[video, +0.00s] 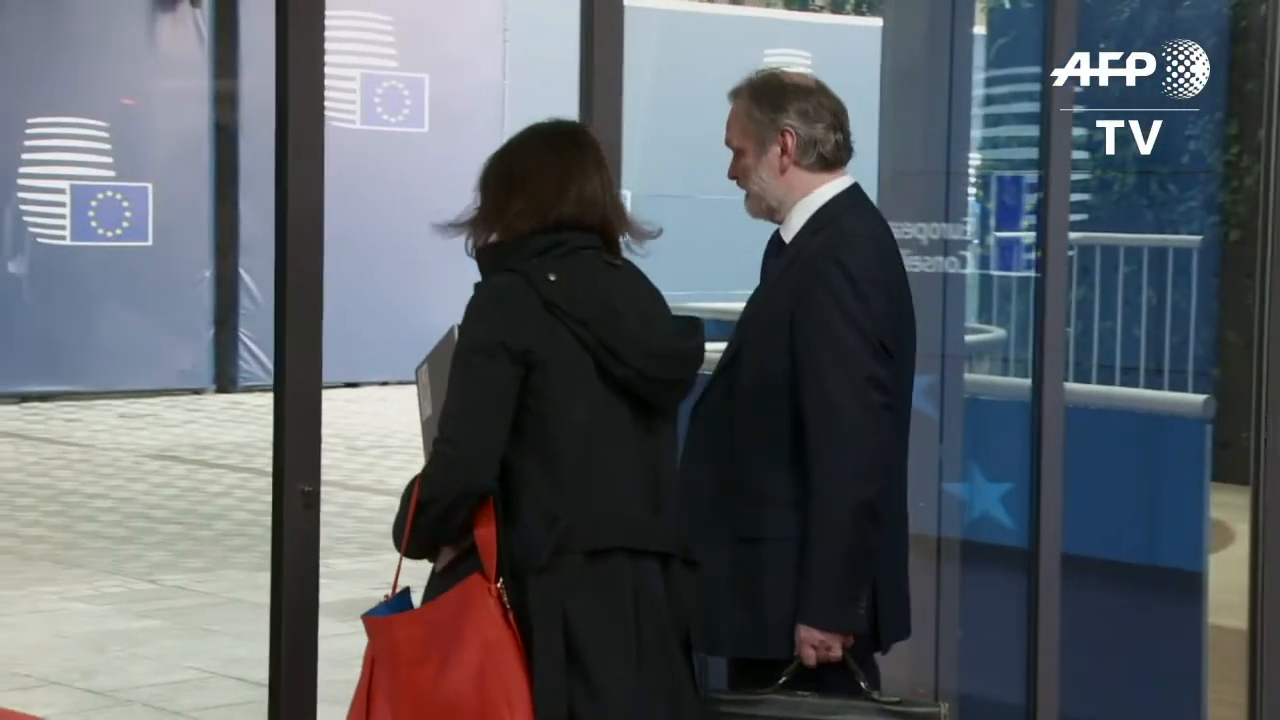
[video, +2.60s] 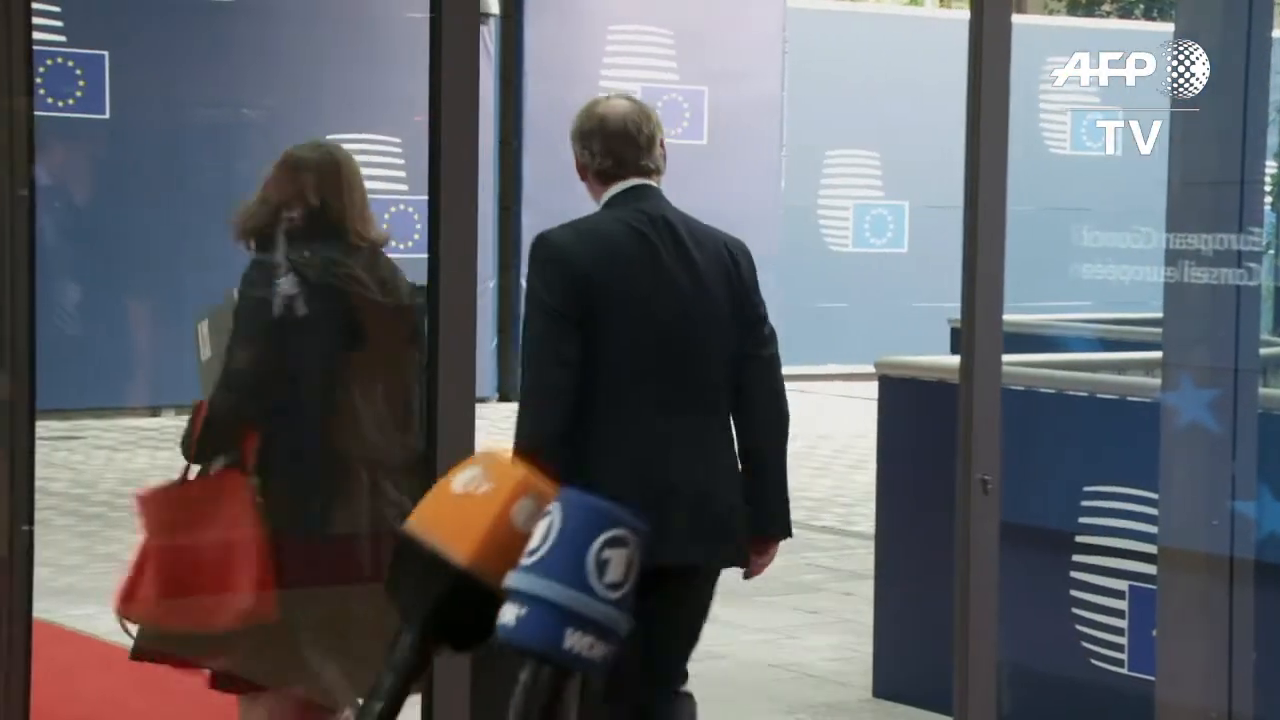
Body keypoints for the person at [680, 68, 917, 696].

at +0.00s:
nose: (732, 170)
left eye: (738, 151)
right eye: (732, 152)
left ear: (783, 150)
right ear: (785, 151)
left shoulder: (835, 255)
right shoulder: (820, 238)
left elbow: (845, 442)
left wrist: (826, 604)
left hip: (797, 600)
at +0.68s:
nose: (763, 194)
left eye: (764, 175)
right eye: (760, 177)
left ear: (805, 162)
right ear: (809, 162)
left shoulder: (884, 258)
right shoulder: (854, 245)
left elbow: (934, 442)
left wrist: (917, 599)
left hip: (867, 608)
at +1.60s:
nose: (689, 210)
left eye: (689, 191)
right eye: (688, 193)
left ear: (711, 179)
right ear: (770, 176)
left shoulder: (799, 265)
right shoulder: (769, 263)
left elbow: (846, 432)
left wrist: (830, 581)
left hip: (792, 599)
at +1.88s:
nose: (639, 187)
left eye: (639, 168)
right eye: (638, 170)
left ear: (656, 161)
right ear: (722, 160)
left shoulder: (725, 244)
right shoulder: (741, 236)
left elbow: (750, 406)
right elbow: (753, 405)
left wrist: (740, 548)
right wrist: (728, 543)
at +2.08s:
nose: (641, 178)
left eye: (639, 163)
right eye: (640, 163)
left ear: (650, 165)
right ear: (728, 160)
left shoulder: (680, 247)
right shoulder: (771, 251)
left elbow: (680, 407)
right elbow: (776, 409)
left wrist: (679, 548)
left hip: (698, 552)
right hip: (773, 541)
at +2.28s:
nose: (618, 195)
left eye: (618, 182)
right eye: (618, 183)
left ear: (627, 185)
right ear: (701, 179)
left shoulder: (630, 263)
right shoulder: (760, 272)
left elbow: (622, 417)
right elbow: (766, 424)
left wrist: (611, 556)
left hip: (661, 556)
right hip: (753, 550)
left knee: (657, 708)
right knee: (756, 709)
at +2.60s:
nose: (578, 171)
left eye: (577, 162)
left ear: (584, 168)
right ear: (661, 158)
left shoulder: (564, 251)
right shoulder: (727, 256)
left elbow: (546, 396)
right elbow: (763, 400)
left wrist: (525, 512)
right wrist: (768, 516)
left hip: (596, 515)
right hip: (699, 517)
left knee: (607, 688)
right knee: (664, 683)